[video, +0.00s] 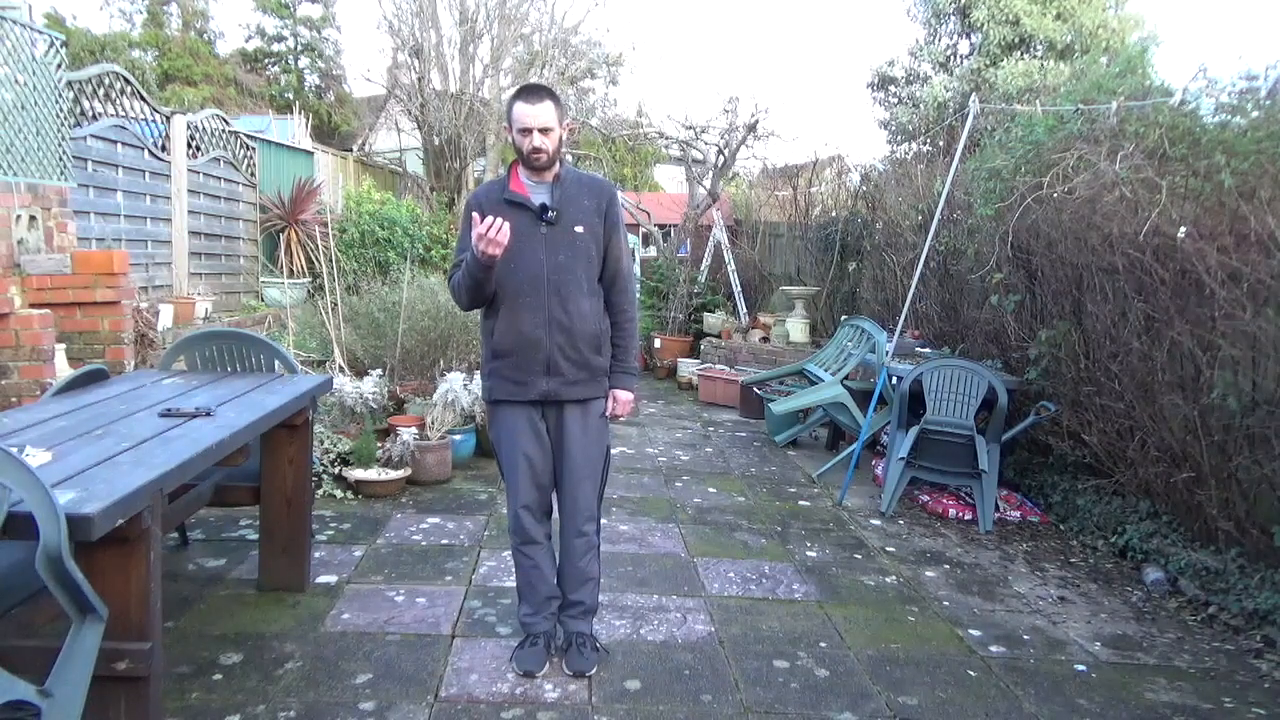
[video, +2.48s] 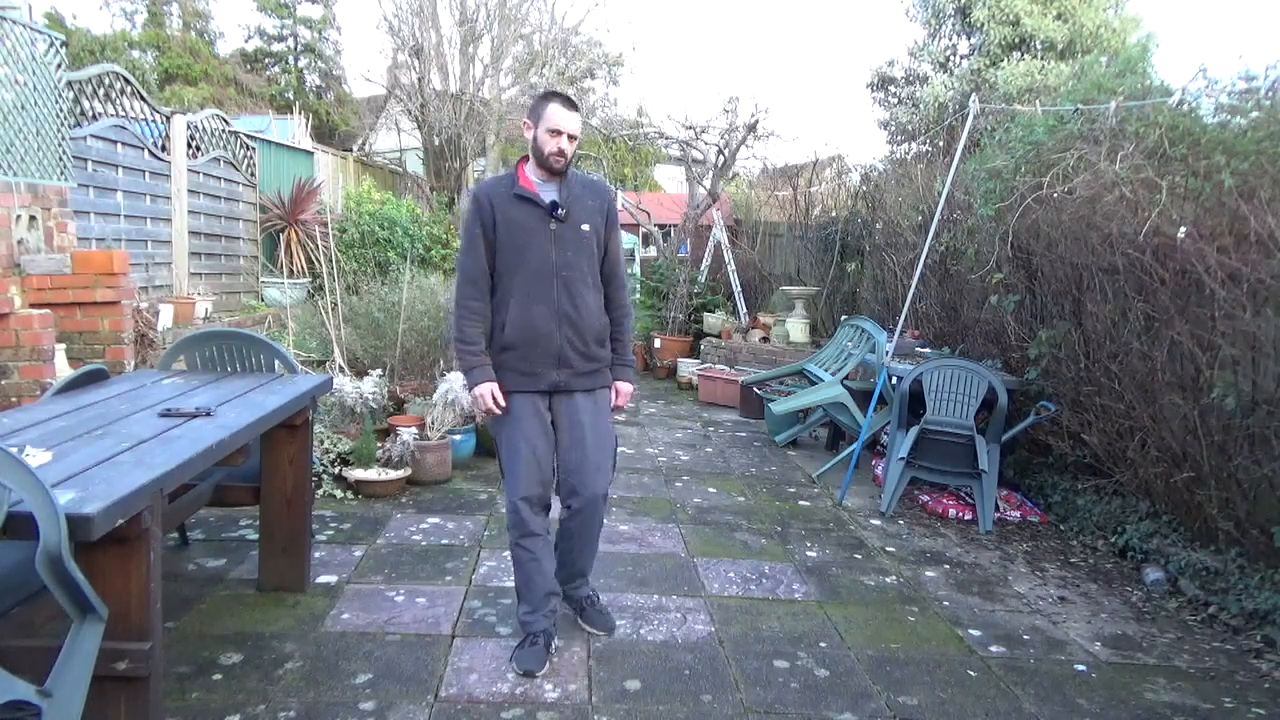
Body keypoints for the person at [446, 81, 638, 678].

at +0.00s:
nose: (535, 141)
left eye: (544, 130)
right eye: (524, 132)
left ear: (563, 130)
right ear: (510, 135)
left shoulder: (599, 195)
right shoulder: (486, 200)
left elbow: (621, 291)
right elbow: (465, 296)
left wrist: (624, 375)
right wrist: (483, 260)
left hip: (586, 378)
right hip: (512, 381)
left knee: (582, 513)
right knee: (526, 513)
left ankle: (580, 625)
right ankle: (535, 627)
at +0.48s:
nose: (536, 142)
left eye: (545, 130)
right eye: (525, 132)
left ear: (564, 129)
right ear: (511, 135)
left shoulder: (598, 195)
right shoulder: (487, 200)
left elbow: (621, 292)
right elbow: (464, 295)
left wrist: (624, 375)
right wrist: (482, 244)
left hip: (586, 378)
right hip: (512, 380)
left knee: (581, 512)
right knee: (526, 512)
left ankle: (580, 626)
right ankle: (536, 628)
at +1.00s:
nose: (535, 141)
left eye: (545, 130)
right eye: (525, 132)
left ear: (564, 130)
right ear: (511, 135)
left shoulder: (598, 195)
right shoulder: (486, 199)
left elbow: (620, 290)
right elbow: (464, 295)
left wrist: (624, 374)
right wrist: (481, 250)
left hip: (586, 376)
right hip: (513, 379)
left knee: (582, 511)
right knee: (526, 512)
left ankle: (580, 625)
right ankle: (535, 627)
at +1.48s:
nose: (537, 139)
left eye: (546, 129)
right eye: (526, 130)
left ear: (564, 129)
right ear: (512, 133)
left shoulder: (597, 195)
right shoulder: (485, 200)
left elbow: (618, 290)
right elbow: (466, 284)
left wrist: (622, 373)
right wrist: (471, 348)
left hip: (585, 378)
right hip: (511, 381)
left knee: (581, 512)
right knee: (525, 513)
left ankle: (580, 626)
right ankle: (536, 628)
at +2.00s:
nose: (547, 140)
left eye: (557, 132)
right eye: (537, 129)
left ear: (567, 136)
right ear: (515, 129)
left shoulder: (591, 194)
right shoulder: (478, 199)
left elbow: (613, 289)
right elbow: (461, 295)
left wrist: (617, 370)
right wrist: (462, 379)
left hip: (581, 377)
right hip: (506, 380)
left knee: (579, 509)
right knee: (523, 511)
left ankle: (580, 625)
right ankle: (535, 627)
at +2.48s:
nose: (564, 144)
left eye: (572, 136)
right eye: (555, 133)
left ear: (580, 141)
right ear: (529, 130)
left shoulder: (597, 195)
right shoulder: (490, 199)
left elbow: (616, 288)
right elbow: (470, 296)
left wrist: (622, 366)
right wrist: (478, 371)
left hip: (588, 374)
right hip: (516, 377)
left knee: (591, 491)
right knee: (526, 503)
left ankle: (575, 581)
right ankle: (535, 623)